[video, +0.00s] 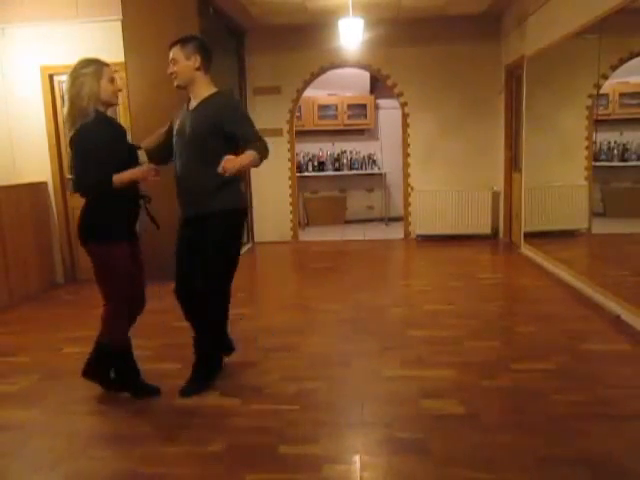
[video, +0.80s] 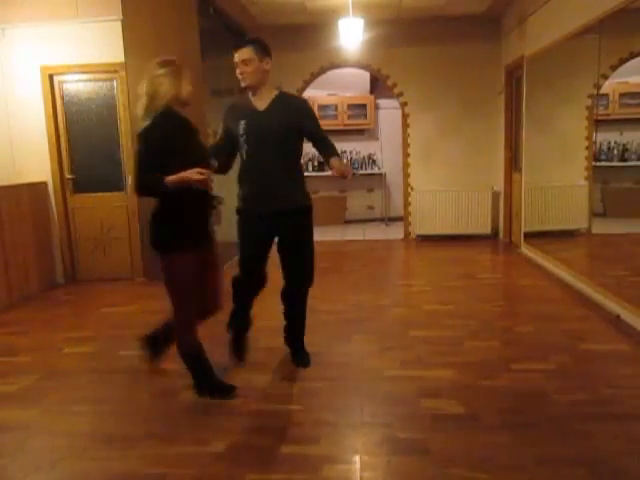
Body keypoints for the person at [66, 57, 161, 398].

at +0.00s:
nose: (117, 85)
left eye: (115, 79)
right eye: (110, 80)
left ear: (99, 86)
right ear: (91, 87)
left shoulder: (110, 126)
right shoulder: (89, 131)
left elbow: (127, 161)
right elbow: (87, 184)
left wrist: (168, 131)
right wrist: (132, 176)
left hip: (120, 222)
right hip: (102, 226)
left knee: (133, 298)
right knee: (119, 300)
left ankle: (100, 361)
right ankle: (126, 373)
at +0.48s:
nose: (124, 95)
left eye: (123, 89)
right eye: (118, 89)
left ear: (100, 94)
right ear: (99, 93)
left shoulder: (109, 132)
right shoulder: (95, 137)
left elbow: (132, 164)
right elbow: (99, 192)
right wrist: (139, 182)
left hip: (109, 237)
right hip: (110, 240)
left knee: (93, 306)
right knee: (162, 292)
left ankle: (86, 376)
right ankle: (163, 367)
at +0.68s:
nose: (160, 90)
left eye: (158, 84)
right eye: (154, 84)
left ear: (138, 88)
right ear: (135, 88)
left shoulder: (151, 126)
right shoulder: (124, 133)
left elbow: (163, 164)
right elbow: (115, 188)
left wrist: (193, 152)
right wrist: (150, 180)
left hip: (157, 223)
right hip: (144, 227)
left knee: (138, 298)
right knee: (168, 303)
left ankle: (100, 360)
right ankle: (200, 375)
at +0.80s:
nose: (189, 86)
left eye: (187, 80)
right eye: (182, 80)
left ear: (176, 86)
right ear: (167, 87)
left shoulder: (185, 125)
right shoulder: (155, 130)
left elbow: (200, 166)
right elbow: (145, 184)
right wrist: (179, 178)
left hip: (197, 221)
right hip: (173, 225)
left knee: (209, 300)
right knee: (185, 305)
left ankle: (158, 337)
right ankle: (204, 379)